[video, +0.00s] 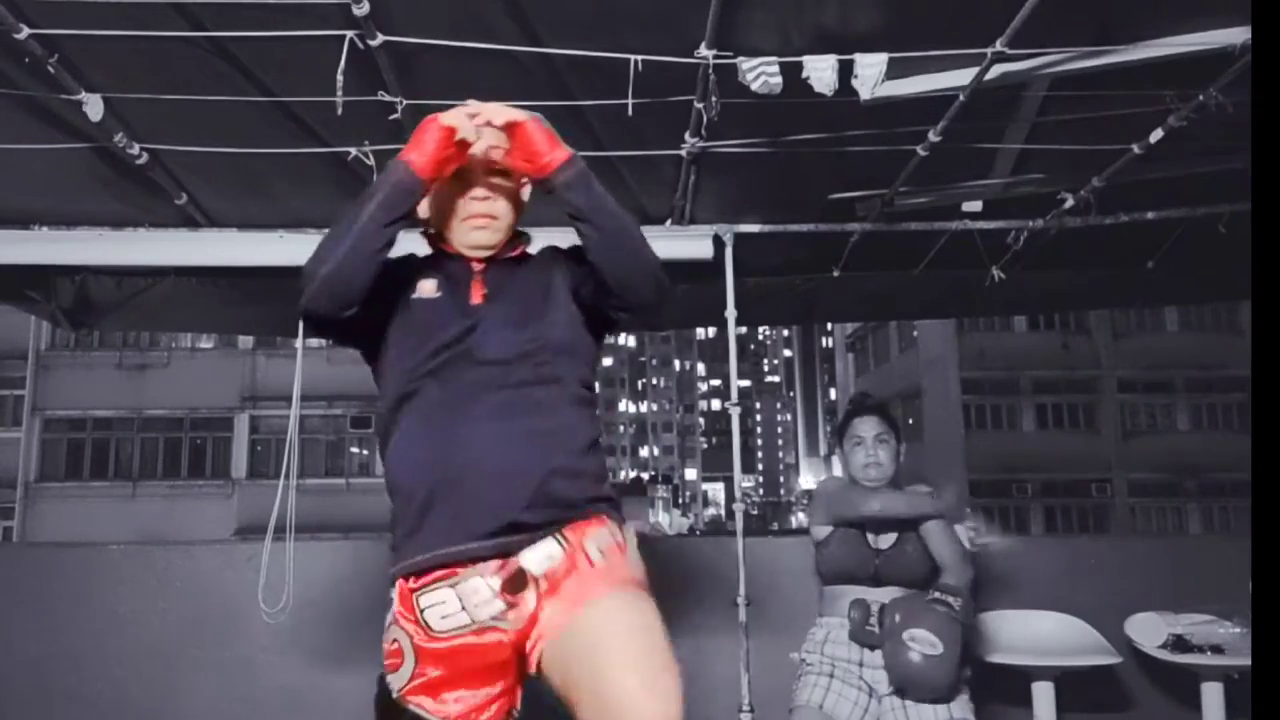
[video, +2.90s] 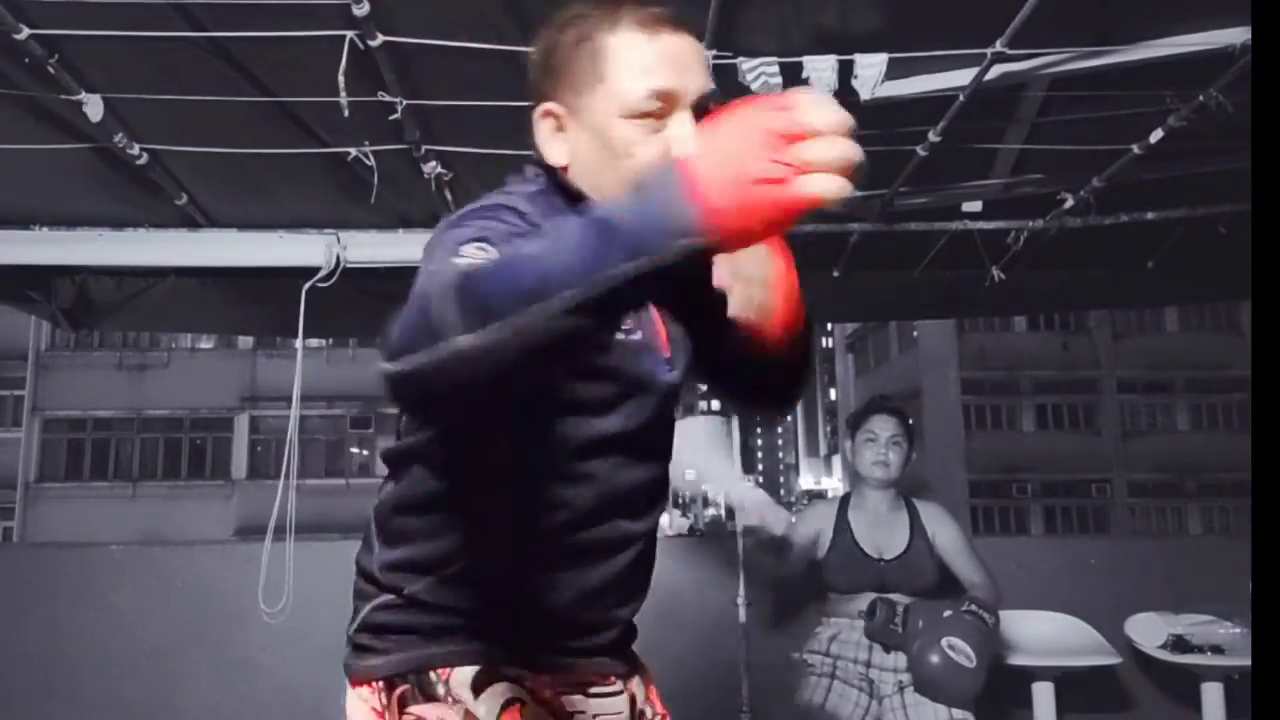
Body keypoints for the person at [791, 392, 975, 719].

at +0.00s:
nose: (871, 452)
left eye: (882, 441)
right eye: (857, 444)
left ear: (898, 451)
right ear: (842, 455)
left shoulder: (918, 499)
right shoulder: (828, 495)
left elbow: (956, 566)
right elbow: (870, 504)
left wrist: (943, 607)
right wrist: (940, 505)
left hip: (917, 657)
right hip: (837, 659)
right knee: (815, 711)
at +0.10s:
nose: (873, 452)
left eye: (884, 442)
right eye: (859, 443)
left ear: (901, 453)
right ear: (844, 455)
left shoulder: (922, 503)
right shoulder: (829, 495)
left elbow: (968, 569)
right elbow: (858, 516)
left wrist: (954, 610)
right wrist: (928, 508)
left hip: (920, 660)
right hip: (837, 658)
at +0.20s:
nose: (877, 452)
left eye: (889, 442)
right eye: (864, 442)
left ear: (904, 454)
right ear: (848, 455)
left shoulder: (926, 507)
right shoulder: (831, 498)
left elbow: (968, 574)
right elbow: (817, 529)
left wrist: (958, 616)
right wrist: (902, 514)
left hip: (919, 655)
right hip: (838, 652)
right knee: (820, 711)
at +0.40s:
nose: (889, 451)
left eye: (902, 441)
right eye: (877, 440)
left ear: (919, 455)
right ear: (859, 449)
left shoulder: (938, 511)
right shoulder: (832, 508)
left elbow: (981, 587)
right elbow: (780, 565)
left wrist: (966, 616)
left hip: (921, 663)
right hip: (840, 659)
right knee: (821, 712)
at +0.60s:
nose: (887, 451)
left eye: (900, 441)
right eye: (875, 441)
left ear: (918, 454)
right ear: (857, 451)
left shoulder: (938, 512)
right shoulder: (832, 509)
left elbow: (983, 589)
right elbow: (772, 570)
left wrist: (967, 620)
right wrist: (784, 526)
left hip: (921, 666)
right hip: (839, 662)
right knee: (820, 712)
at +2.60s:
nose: (886, 451)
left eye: (899, 443)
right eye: (874, 440)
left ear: (912, 457)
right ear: (853, 450)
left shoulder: (934, 516)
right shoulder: (823, 514)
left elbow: (984, 587)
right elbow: (762, 573)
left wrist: (972, 619)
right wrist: (782, 560)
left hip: (922, 664)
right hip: (839, 662)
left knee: (938, 715)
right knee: (821, 712)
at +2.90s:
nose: (883, 451)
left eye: (895, 443)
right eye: (871, 440)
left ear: (908, 458)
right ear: (850, 450)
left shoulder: (931, 518)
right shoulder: (819, 518)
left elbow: (983, 587)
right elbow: (778, 587)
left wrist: (971, 622)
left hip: (921, 667)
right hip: (839, 665)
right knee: (824, 711)